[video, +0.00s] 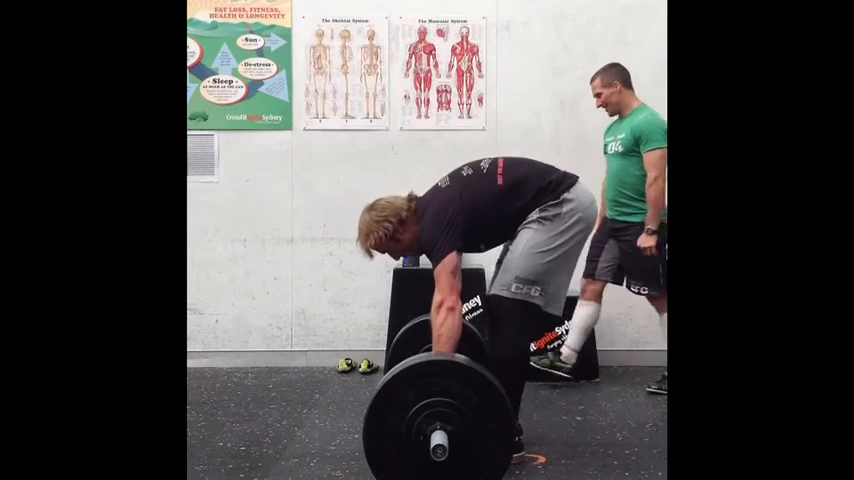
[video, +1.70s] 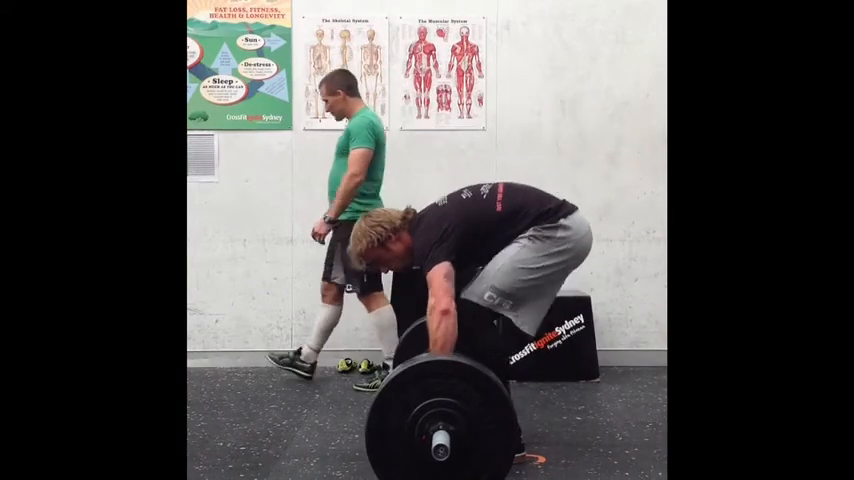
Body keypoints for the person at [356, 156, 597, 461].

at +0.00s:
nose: (395, 258)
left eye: (389, 250)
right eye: (388, 253)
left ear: (399, 229)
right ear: (401, 223)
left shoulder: (438, 219)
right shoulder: (432, 215)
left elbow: (448, 305)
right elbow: (446, 300)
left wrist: (437, 380)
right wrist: (438, 374)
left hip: (560, 205)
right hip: (549, 205)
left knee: (507, 307)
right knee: (502, 306)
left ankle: (504, 429)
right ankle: (500, 425)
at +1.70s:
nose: (387, 270)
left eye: (381, 262)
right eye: (380, 266)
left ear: (392, 240)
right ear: (394, 235)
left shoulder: (431, 233)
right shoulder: (427, 230)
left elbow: (444, 309)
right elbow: (434, 307)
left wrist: (435, 386)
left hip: (555, 230)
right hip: (553, 228)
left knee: (471, 316)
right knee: (471, 314)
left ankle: (502, 438)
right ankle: (496, 433)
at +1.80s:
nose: (382, 275)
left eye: (377, 267)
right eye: (376, 270)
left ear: (391, 246)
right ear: (393, 243)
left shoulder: (430, 242)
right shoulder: (426, 237)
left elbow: (441, 313)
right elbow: (433, 312)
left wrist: (437, 387)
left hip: (554, 252)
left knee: (463, 320)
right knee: (463, 322)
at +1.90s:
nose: (381, 284)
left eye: (377, 276)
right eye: (375, 279)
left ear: (391, 256)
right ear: (392, 252)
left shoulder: (429, 253)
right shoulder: (427, 246)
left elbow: (440, 315)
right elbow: (441, 313)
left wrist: (436, 388)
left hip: (553, 276)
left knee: (457, 323)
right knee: (452, 328)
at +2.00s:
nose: (381, 294)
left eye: (377, 286)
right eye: (375, 289)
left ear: (391, 267)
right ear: (393, 263)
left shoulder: (428, 262)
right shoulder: (427, 257)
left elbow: (439, 316)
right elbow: (441, 317)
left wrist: (438, 388)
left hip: (550, 303)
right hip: (547, 299)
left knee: (448, 332)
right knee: (442, 331)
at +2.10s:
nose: (380, 305)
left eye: (376, 296)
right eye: (374, 299)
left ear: (391, 276)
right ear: (394, 273)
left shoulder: (428, 273)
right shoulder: (432, 266)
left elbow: (436, 319)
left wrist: (438, 388)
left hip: (546, 328)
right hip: (544, 324)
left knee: (446, 334)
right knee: (436, 333)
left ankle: (495, 436)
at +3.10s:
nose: (387, 305)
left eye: (384, 296)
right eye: (381, 299)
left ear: (401, 279)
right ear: (403, 276)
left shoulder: (431, 278)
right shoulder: (440, 270)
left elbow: (435, 320)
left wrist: (440, 388)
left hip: (546, 357)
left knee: (444, 340)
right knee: (442, 339)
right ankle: (504, 437)